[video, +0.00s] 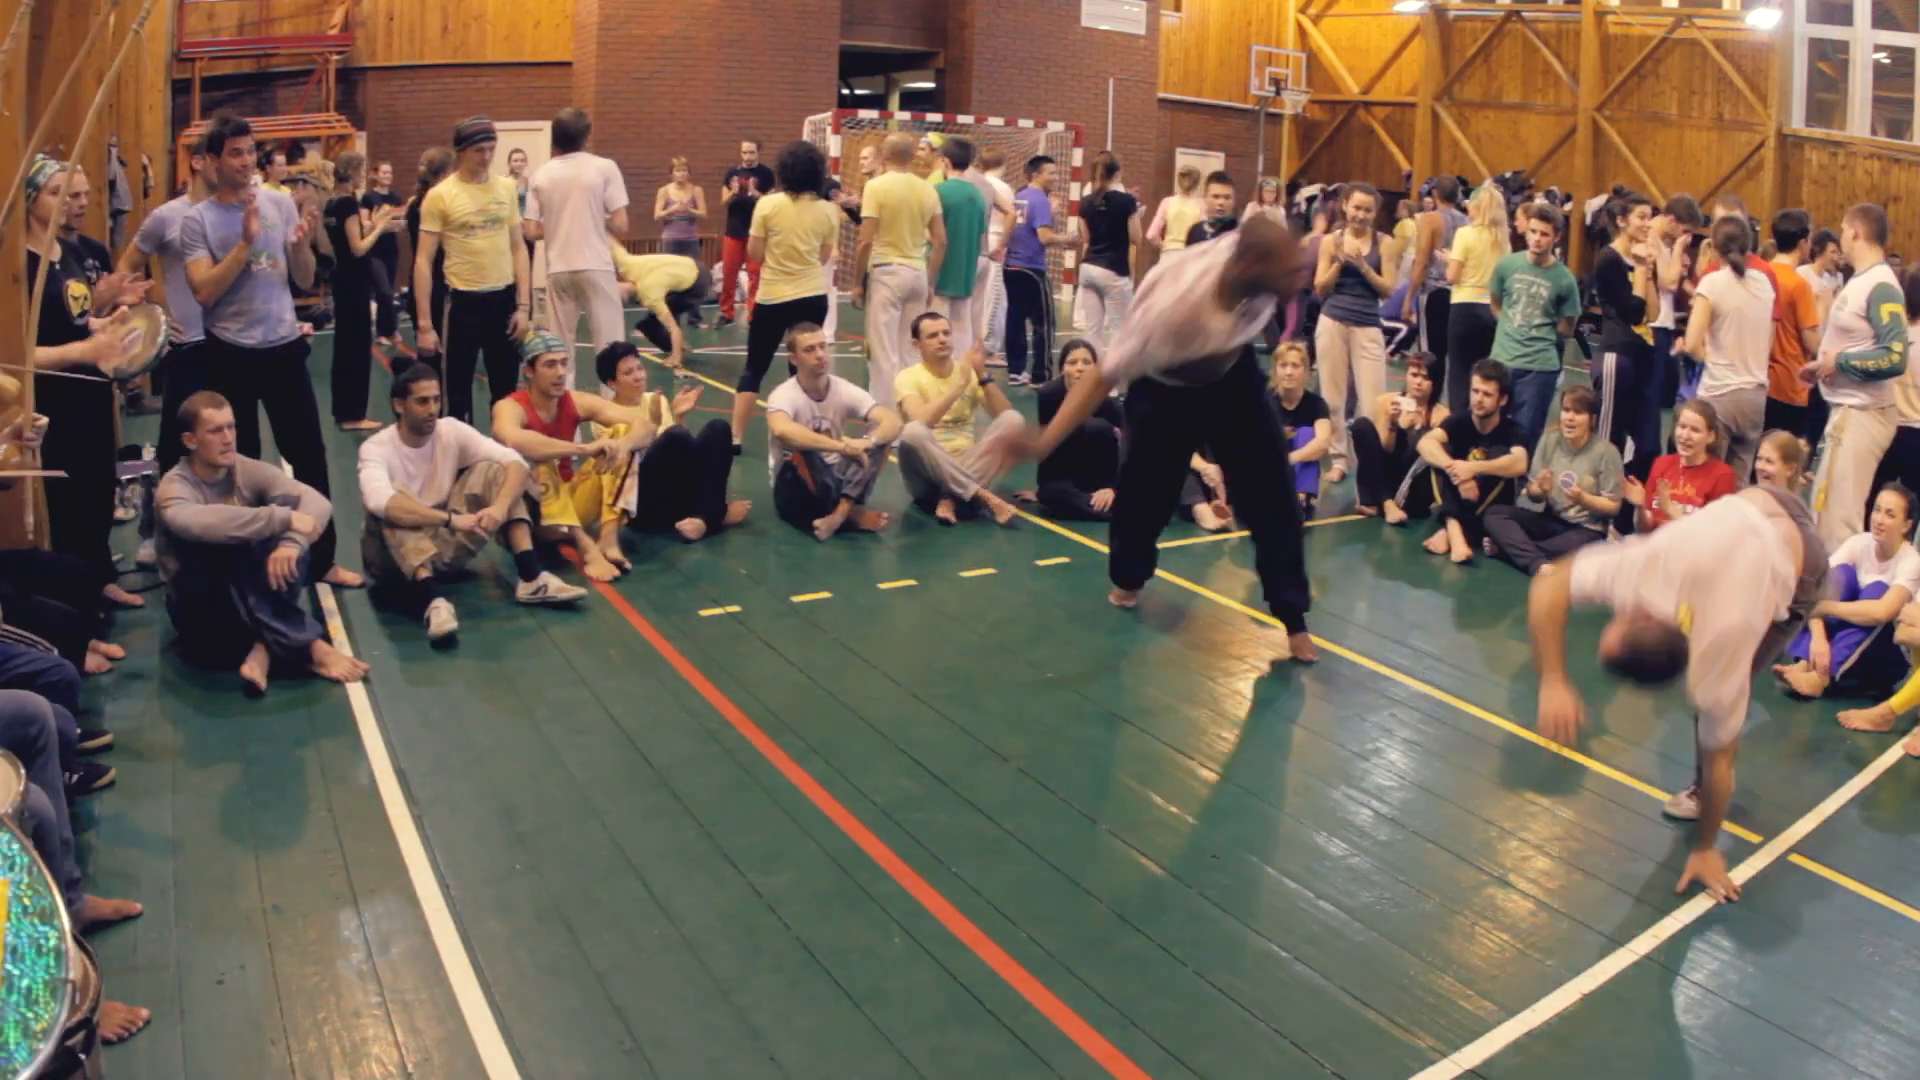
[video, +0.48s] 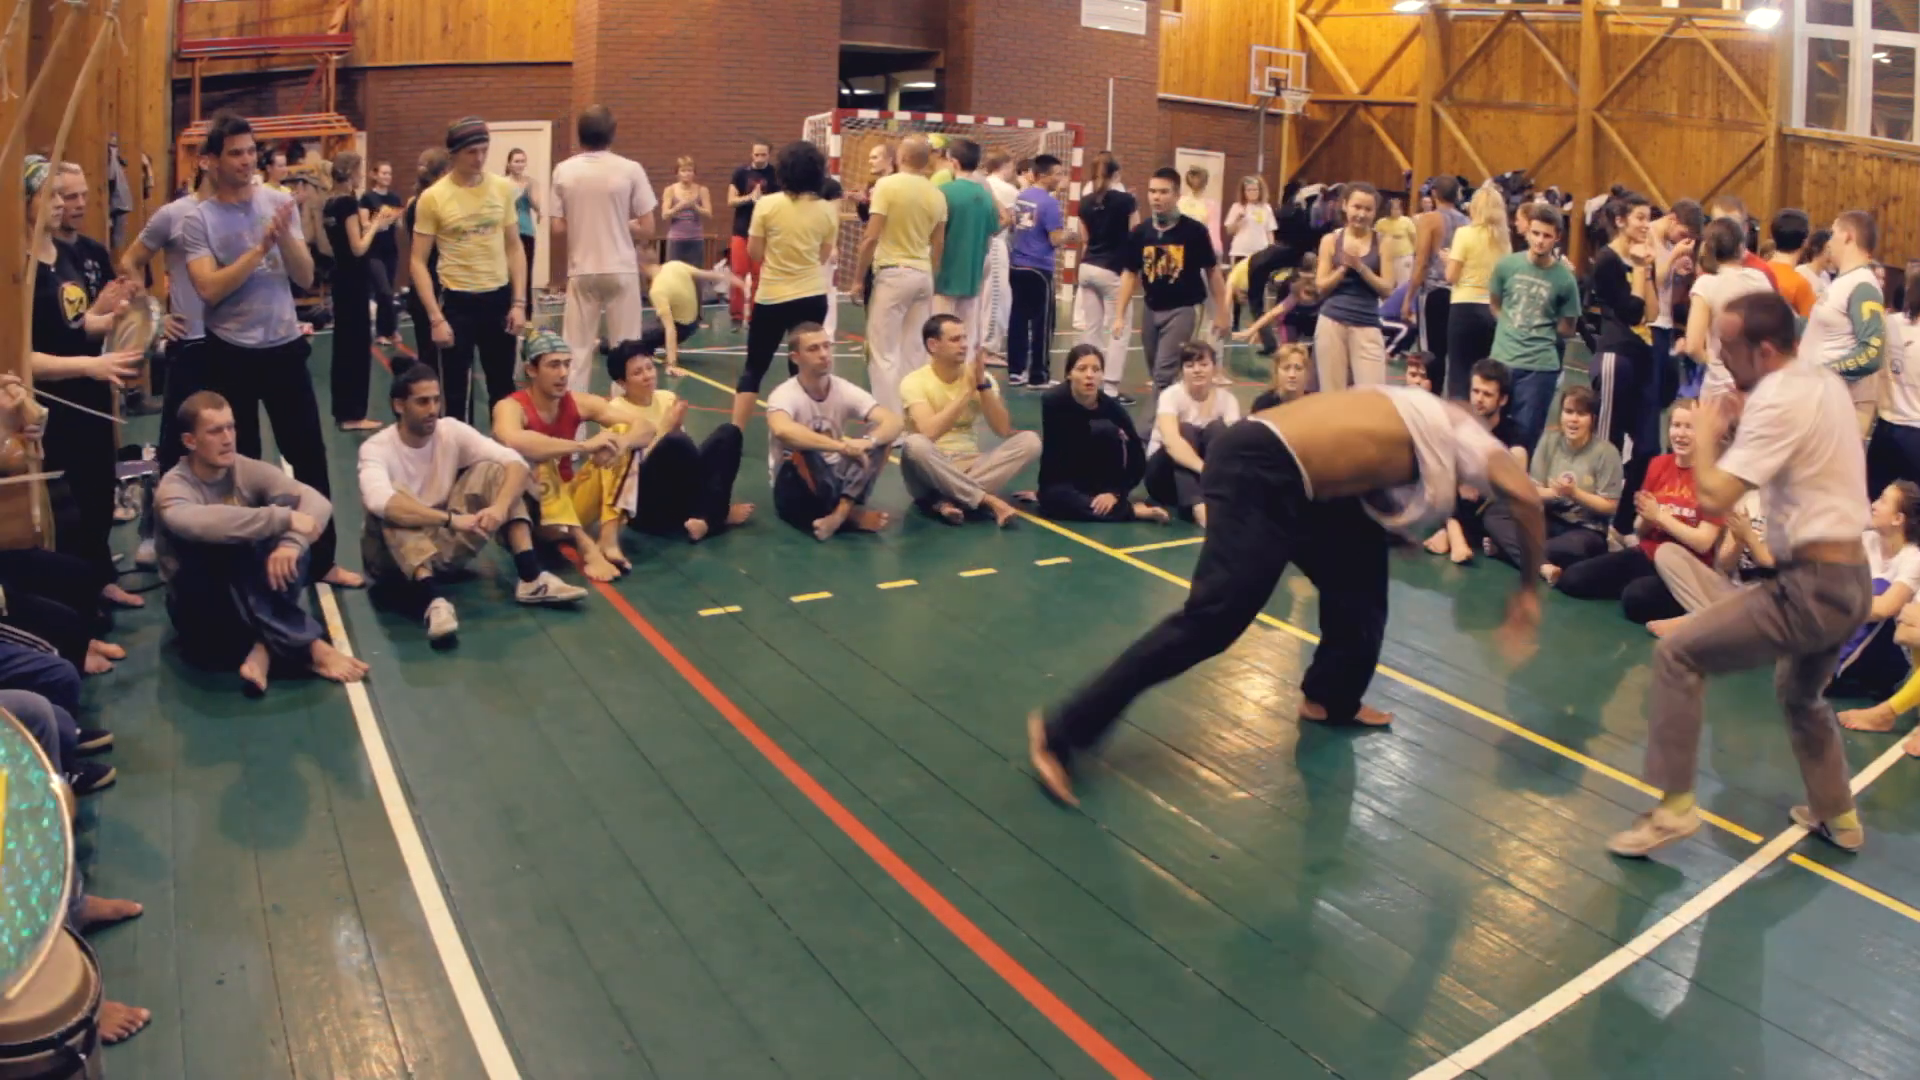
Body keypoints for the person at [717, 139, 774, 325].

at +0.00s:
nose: (747, 156)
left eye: (751, 152)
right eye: (744, 152)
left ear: (758, 153)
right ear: (740, 154)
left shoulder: (766, 173)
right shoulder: (733, 173)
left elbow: (770, 201)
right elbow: (724, 200)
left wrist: (755, 192)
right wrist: (734, 192)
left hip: (756, 231)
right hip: (734, 230)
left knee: (755, 272)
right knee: (729, 272)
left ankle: (753, 311)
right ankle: (726, 311)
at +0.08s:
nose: (751, 157)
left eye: (754, 153)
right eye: (748, 153)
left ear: (761, 154)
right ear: (743, 154)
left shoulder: (767, 174)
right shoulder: (734, 173)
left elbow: (771, 201)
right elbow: (727, 200)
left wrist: (754, 194)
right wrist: (741, 194)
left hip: (758, 231)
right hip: (735, 231)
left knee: (756, 272)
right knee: (729, 271)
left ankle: (754, 312)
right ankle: (726, 311)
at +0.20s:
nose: (754, 158)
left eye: (758, 154)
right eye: (751, 154)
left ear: (765, 154)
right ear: (746, 154)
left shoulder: (770, 174)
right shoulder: (737, 174)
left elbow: (774, 202)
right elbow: (729, 201)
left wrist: (757, 196)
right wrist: (742, 195)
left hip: (760, 231)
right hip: (737, 231)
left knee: (757, 272)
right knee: (729, 270)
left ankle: (754, 312)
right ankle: (726, 310)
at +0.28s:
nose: (756, 158)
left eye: (760, 155)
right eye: (753, 155)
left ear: (766, 155)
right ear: (748, 155)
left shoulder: (770, 174)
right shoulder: (739, 173)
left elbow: (775, 201)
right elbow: (730, 200)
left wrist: (762, 197)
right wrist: (742, 196)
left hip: (761, 230)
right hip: (739, 230)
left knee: (758, 273)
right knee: (731, 270)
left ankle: (754, 311)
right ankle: (728, 309)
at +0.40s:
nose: (759, 159)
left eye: (762, 155)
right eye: (756, 155)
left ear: (768, 156)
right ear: (750, 155)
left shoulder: (772, 174)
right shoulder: (740, 173)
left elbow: (778, 199)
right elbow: (731, 200)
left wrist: (762, 198)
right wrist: (748, 197)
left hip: (763, 229)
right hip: (741, 230)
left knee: (759, 274)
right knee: (735, 271)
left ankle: (755, 312)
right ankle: (733, 310)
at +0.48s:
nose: (759, 158)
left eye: (763, 155)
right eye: (756, 155)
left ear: (769, 155)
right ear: (751, 155)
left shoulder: (773, 173)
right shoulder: (740, 173)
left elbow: (779, 199)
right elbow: (731, 200)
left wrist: (764, 197)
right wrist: (749, 197)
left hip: (764, 230)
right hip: (741, 230)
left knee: (760, 275)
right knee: (738, 274)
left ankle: (756, 314)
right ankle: (736, 315)